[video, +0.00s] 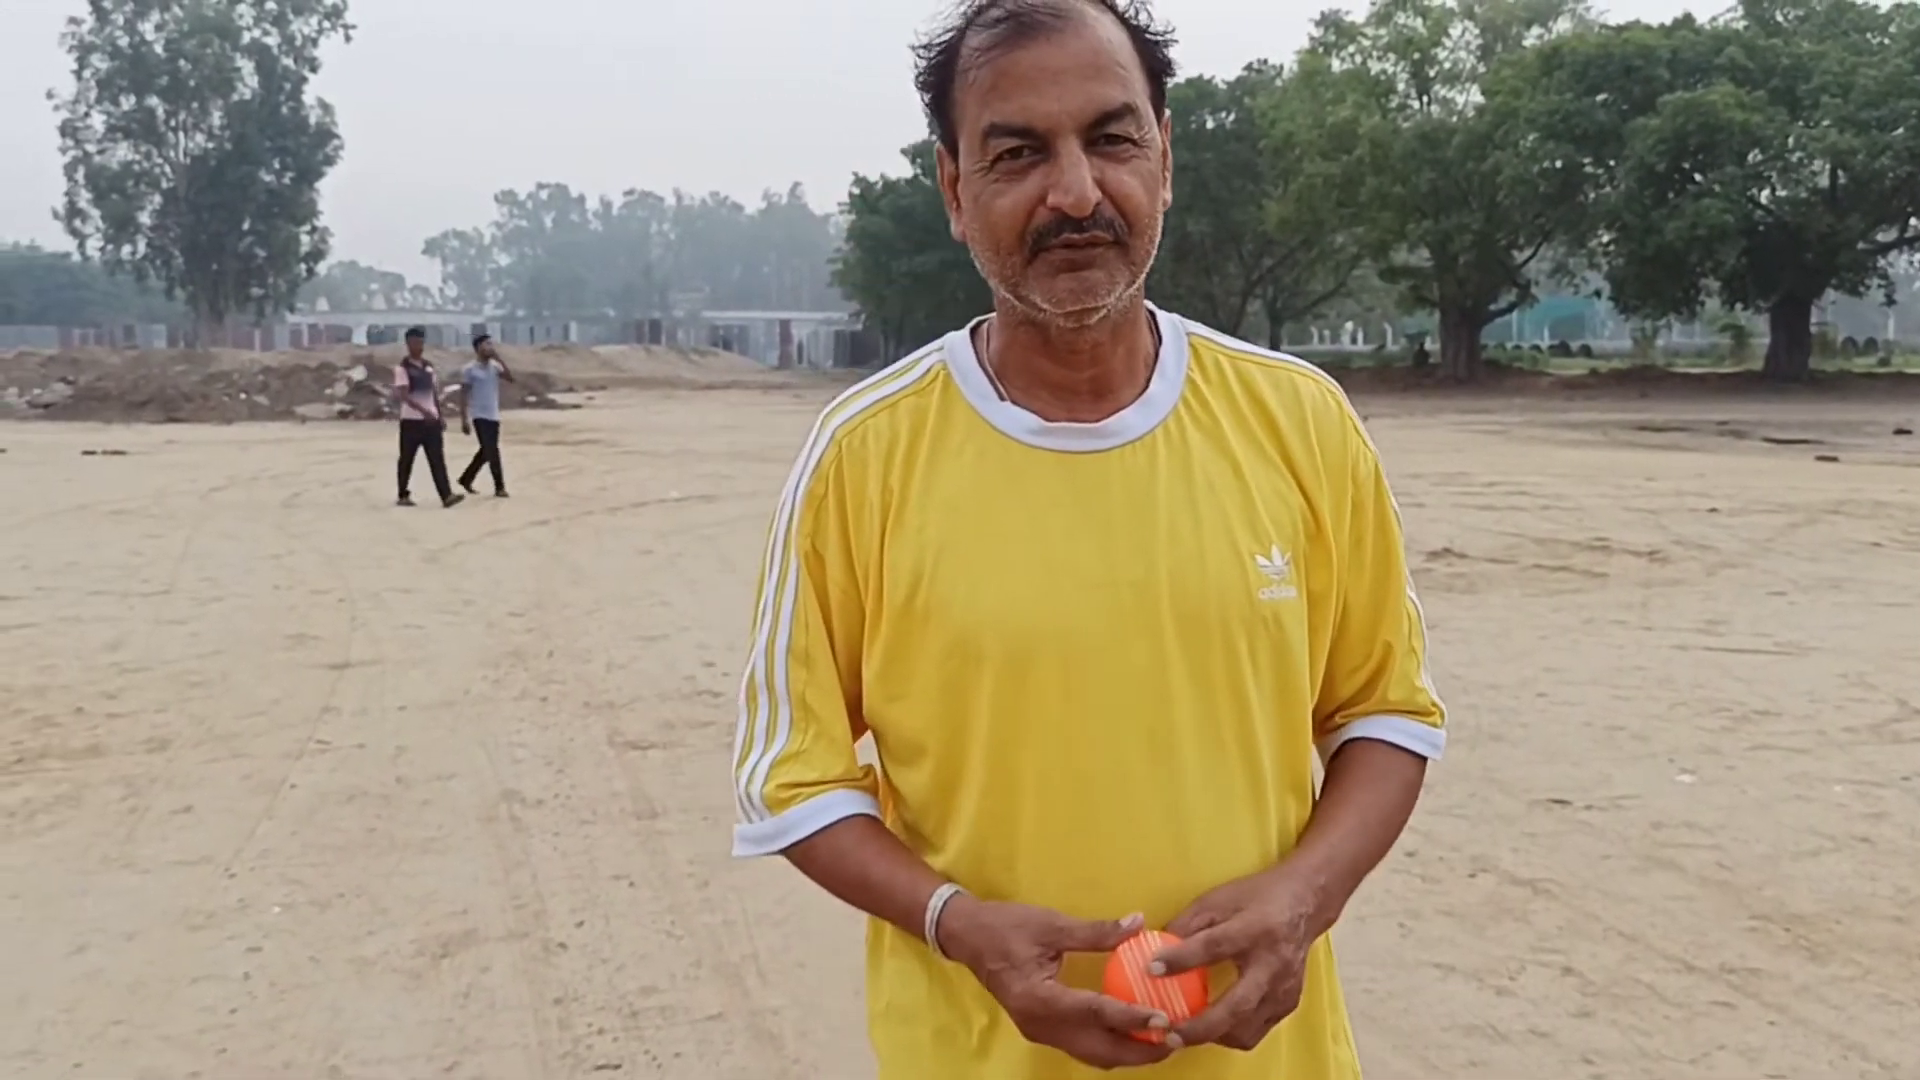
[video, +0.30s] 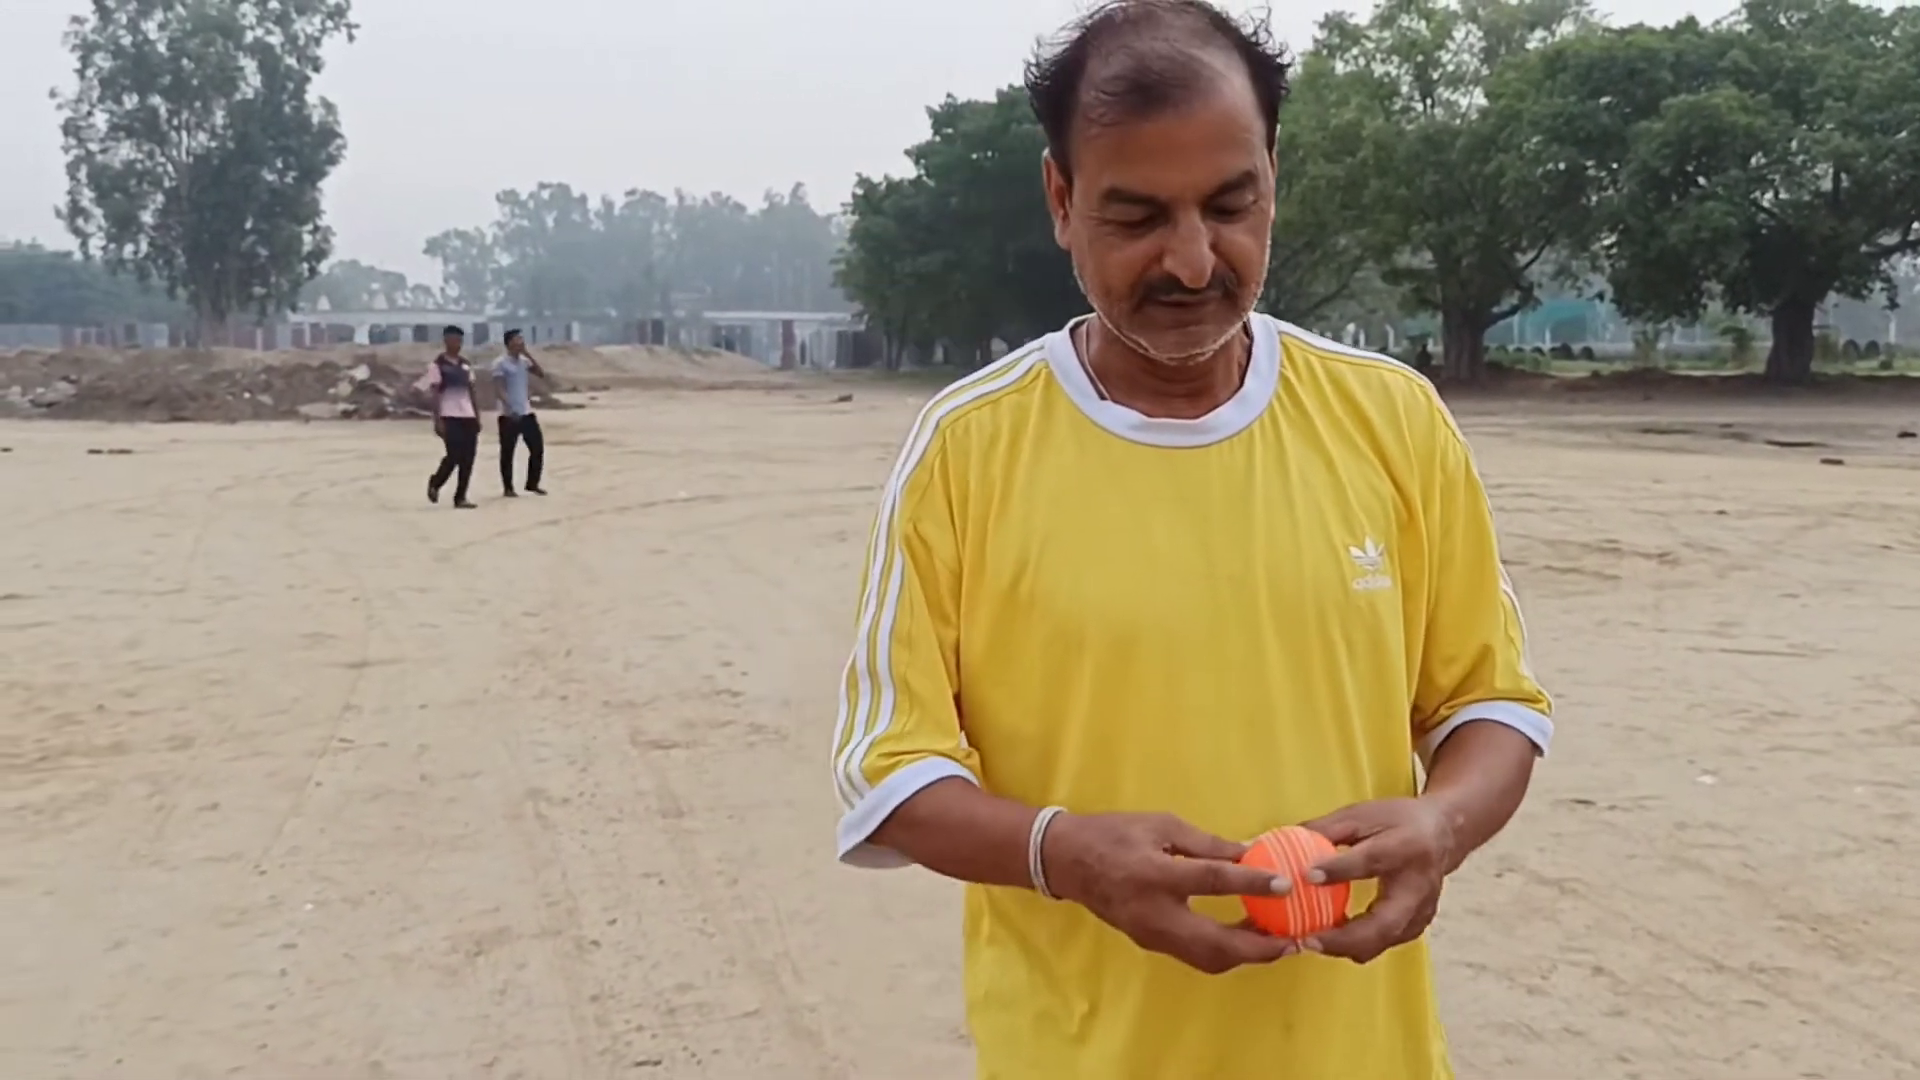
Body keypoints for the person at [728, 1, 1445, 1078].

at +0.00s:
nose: (1075, 191)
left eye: (1113, 140)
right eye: (1020, 153)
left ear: (1165, 164)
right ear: (954, 195)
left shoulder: (1302, 422)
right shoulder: (862, 454)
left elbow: (1392, 712)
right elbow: (789, 774)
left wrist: (1301, 893)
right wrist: (962, 924)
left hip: (1272, 1049)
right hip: (976, 1054)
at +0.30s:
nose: (1191, 259)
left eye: (1230, 203)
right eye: (1135, 214)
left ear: (1273, 182)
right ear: (1060, 203)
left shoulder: (1395, 423)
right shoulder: (964, 449)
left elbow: (1495, 703)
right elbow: (884, 778)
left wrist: (1444, 821)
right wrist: (1058, 853)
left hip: (1362, 1050)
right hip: (1074, 1052)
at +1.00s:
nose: (1300, 184)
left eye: (1335, 140)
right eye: (1245, 147)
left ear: (1378, 176)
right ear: (1177, 191)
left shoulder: (1489, 425)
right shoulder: (1070, 437)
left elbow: (1642, 720)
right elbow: (926, 719)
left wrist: (1573, 714)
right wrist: (1187, 700)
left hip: (1435, 1032)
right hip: (1157, 1038)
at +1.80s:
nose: (1348, 259)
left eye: (1387, 210)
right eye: (1294, 217)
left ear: (1435, 231)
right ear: (1221, 248)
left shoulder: (1540, 494)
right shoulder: (1094, 489)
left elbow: (1708, 827)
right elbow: (902, 740)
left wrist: (1619, 732)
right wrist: (1192, 725)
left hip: (1469, 1053)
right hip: (1159, 1053)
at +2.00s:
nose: (1344, 256)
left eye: (1382, 208)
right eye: (1285, 219)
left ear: (1435, 239)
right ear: (1216, 265)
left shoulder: (1550, 510)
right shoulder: (1096, 511)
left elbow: (1732, 854)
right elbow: (897, 778)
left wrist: (1637, 753)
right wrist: (1199, 747)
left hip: (1486, 1057)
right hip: (1164, 1057)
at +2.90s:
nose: (1174, 303)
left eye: (1211, 253)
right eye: (1117, 264)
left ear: (1263, 277)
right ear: (1052, 304)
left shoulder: (1375, 537)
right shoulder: (937, 546)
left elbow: (1586, 828)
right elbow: (741, 816)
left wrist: (1464, 767)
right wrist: (1052, 777)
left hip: (1325, 1052)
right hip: (1018, 1051)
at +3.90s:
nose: (980, 322)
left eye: (1014, 272)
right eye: (928, 280)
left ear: (1061, 284)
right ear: (862, 299)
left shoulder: (1162, 525)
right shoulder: (757, 535)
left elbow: (1320, 817)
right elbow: (568, 791)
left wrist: (1254, 749)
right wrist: (887, 712)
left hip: (1120, 1053)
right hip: (842, 1053)